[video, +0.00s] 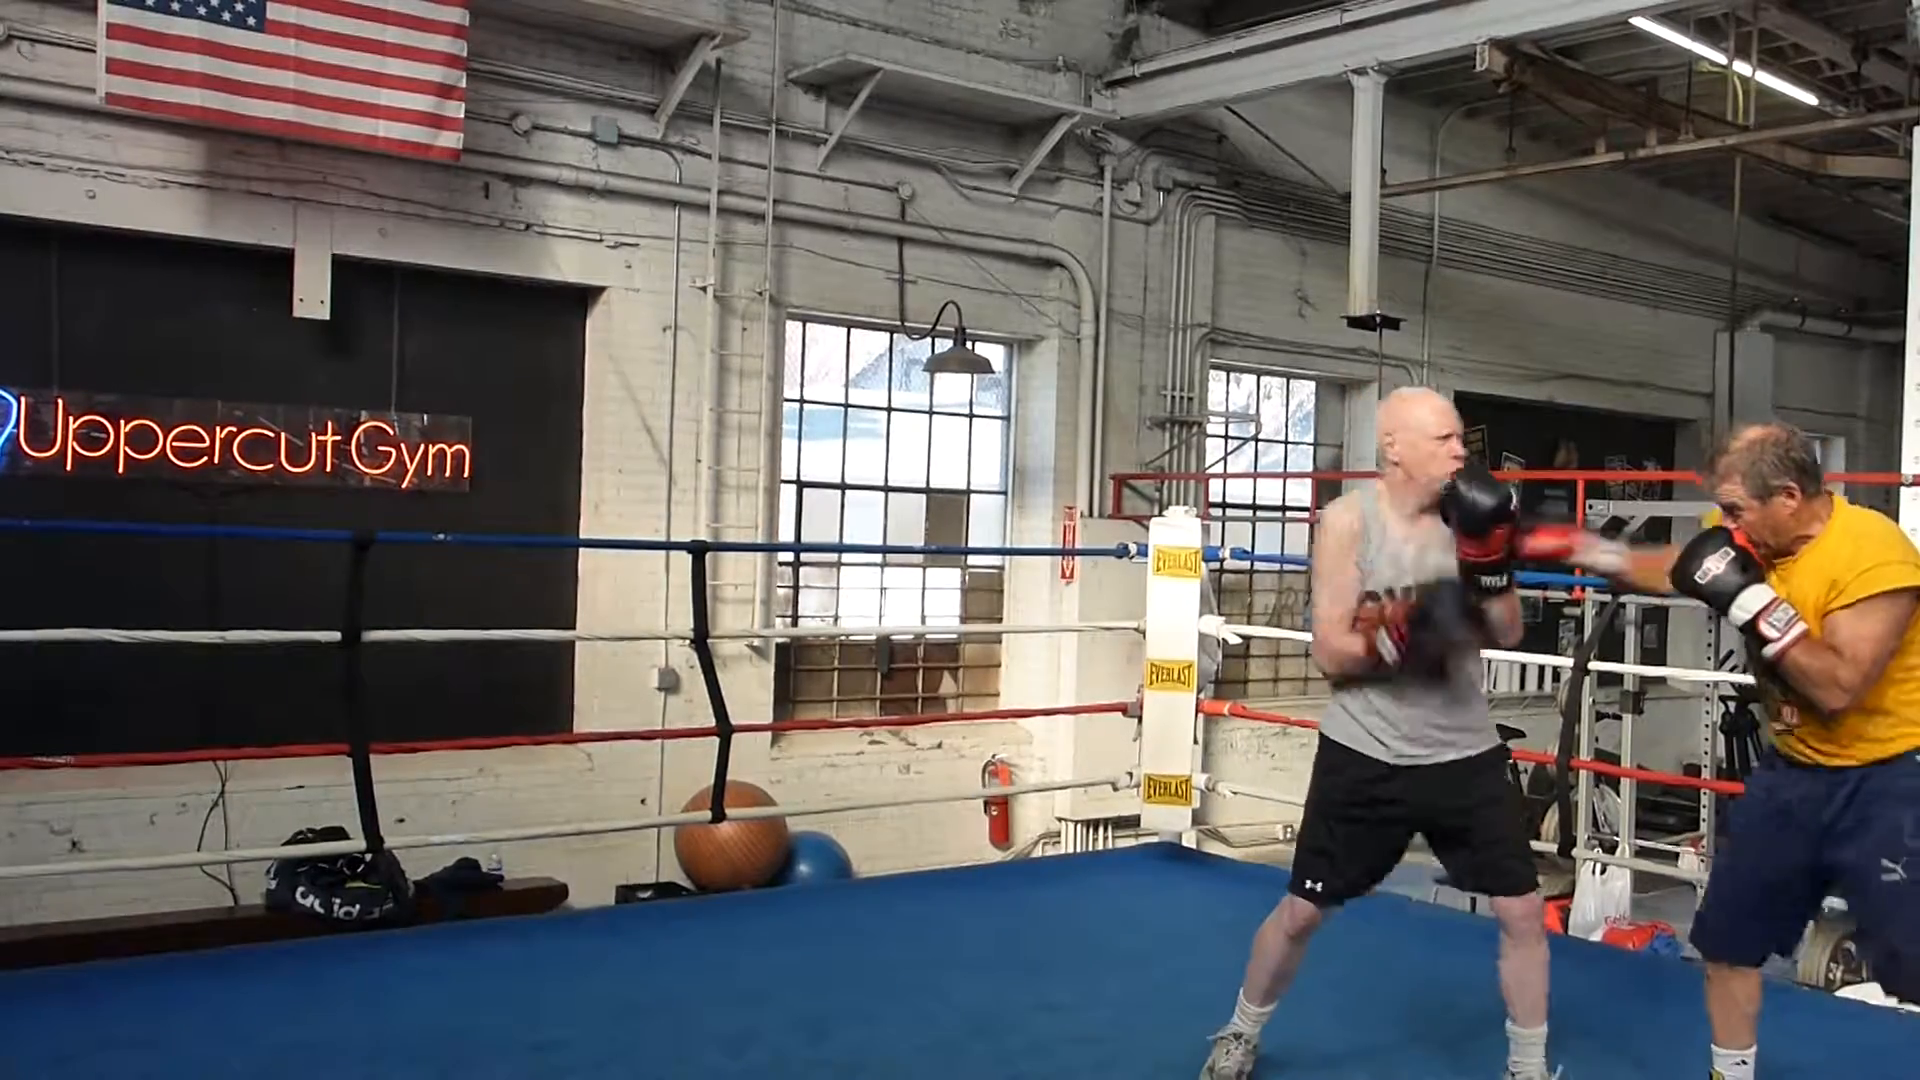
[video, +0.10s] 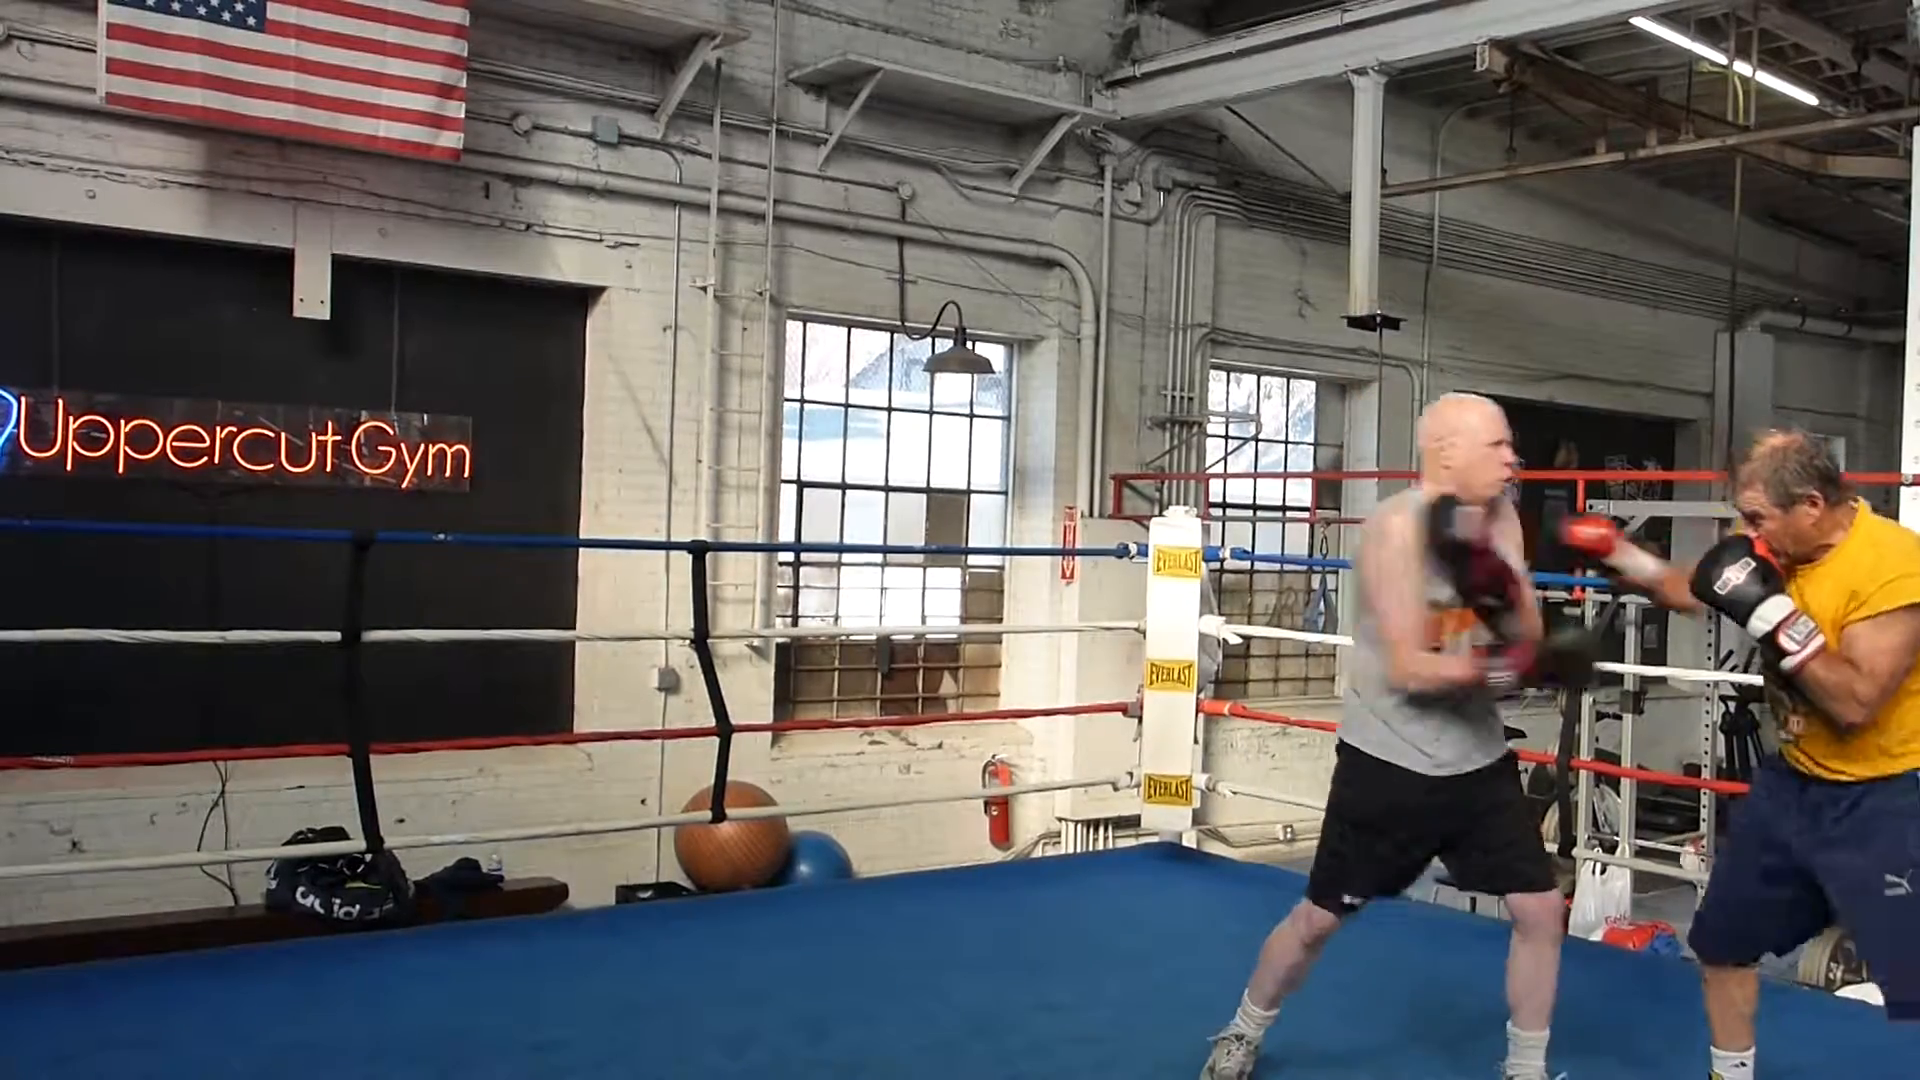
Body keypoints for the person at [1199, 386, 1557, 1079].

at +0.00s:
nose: (1459, 451)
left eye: (1460, 438)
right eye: (1443, 440)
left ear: (1461, 443)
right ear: (1394, 449)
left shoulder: (1471, 518)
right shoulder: (1346, 521)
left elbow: (1508, 633)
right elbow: (1332, 653)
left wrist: (1492, 558)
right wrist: (1391, 640)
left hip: (1466, 755)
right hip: (1363, 754)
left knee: (1523, 910)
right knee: (1304, 910)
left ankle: (1530, 1071)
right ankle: (1240, 1039)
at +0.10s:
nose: (1512, 460)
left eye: (1510, 446)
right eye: (1497, 446)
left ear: (1480, 456)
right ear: (1444, 455)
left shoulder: (1501, 523)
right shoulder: (1394, 524)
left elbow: (1528, 643)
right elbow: (1407, 667)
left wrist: (1502, 597)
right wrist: (1500, 665)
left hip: (1478, 758)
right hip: (1386, 759)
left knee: (1541, 909)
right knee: (1319, 919)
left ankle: (1527, 1071)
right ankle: (1241, 1039)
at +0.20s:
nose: (1567, 462)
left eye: (1564, 447)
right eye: (1552, 448)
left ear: (1502, 460)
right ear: (1501, 457)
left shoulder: (1482, 519)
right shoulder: (1485, 527)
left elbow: (1507, 639)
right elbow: (1586, 646)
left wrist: (1565, 573)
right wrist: (1682, 630)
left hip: (1488, 765)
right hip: (1412, 764)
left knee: (1549, 905)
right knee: (1334, 915)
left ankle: (1528, 1071)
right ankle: (1234, 1027)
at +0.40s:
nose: (1659, 464)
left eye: (1655, 449)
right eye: (1644, 451)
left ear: (1583, 460)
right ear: (1590, 459)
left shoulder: (1529, 502)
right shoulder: (1597, 530)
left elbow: (1544, 623)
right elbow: (1673, 673)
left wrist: (1618, 608)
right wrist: (1765, 705)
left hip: (1514, 757)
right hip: (1451, 749)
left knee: (1552, 911)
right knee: (1372, 916)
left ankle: (1525, 1070)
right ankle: (1215, 1017)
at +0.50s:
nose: (1689, 465)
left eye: (1686, 450)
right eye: (1674, 451)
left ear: (1615, 455)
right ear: (1616, 454)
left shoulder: (1573, 504)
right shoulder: (1592, 521)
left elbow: (1570, 647)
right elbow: (1575, 674)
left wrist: (1637, 594)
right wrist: (1662, 726)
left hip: (1528, 751)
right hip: (1461, 734)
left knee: (1555, 915)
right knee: (1392, 913)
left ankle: (1526, 1071)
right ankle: (1261, 1062)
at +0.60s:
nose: (1687, 462)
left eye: (1687, 447)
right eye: (1673, 444)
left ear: (1623, 448)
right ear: (1613, 443)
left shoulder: (1623, 535)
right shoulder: (1554, 505)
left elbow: (1605, 667)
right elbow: (1484, 636)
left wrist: (1647, 599)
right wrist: (1577, 696)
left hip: (1545, 743)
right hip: (1467, 728)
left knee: (1563, 927)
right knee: (1420, 919)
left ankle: (1528, 1071)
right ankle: (1340, 1072)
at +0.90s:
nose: (1642, 447)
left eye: (1644, 432)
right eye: (1626, 429)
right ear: (1567, 424)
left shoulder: (1615, 511)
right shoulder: (1494, 503)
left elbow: (1638, 663)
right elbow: (1492, 668)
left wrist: (1654, 583)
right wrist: (1570, 578)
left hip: (1585, 760)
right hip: (1489, 760)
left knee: (1653, 952)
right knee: (1472, 965)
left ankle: (1577, 1070)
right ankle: (1416, 1075)